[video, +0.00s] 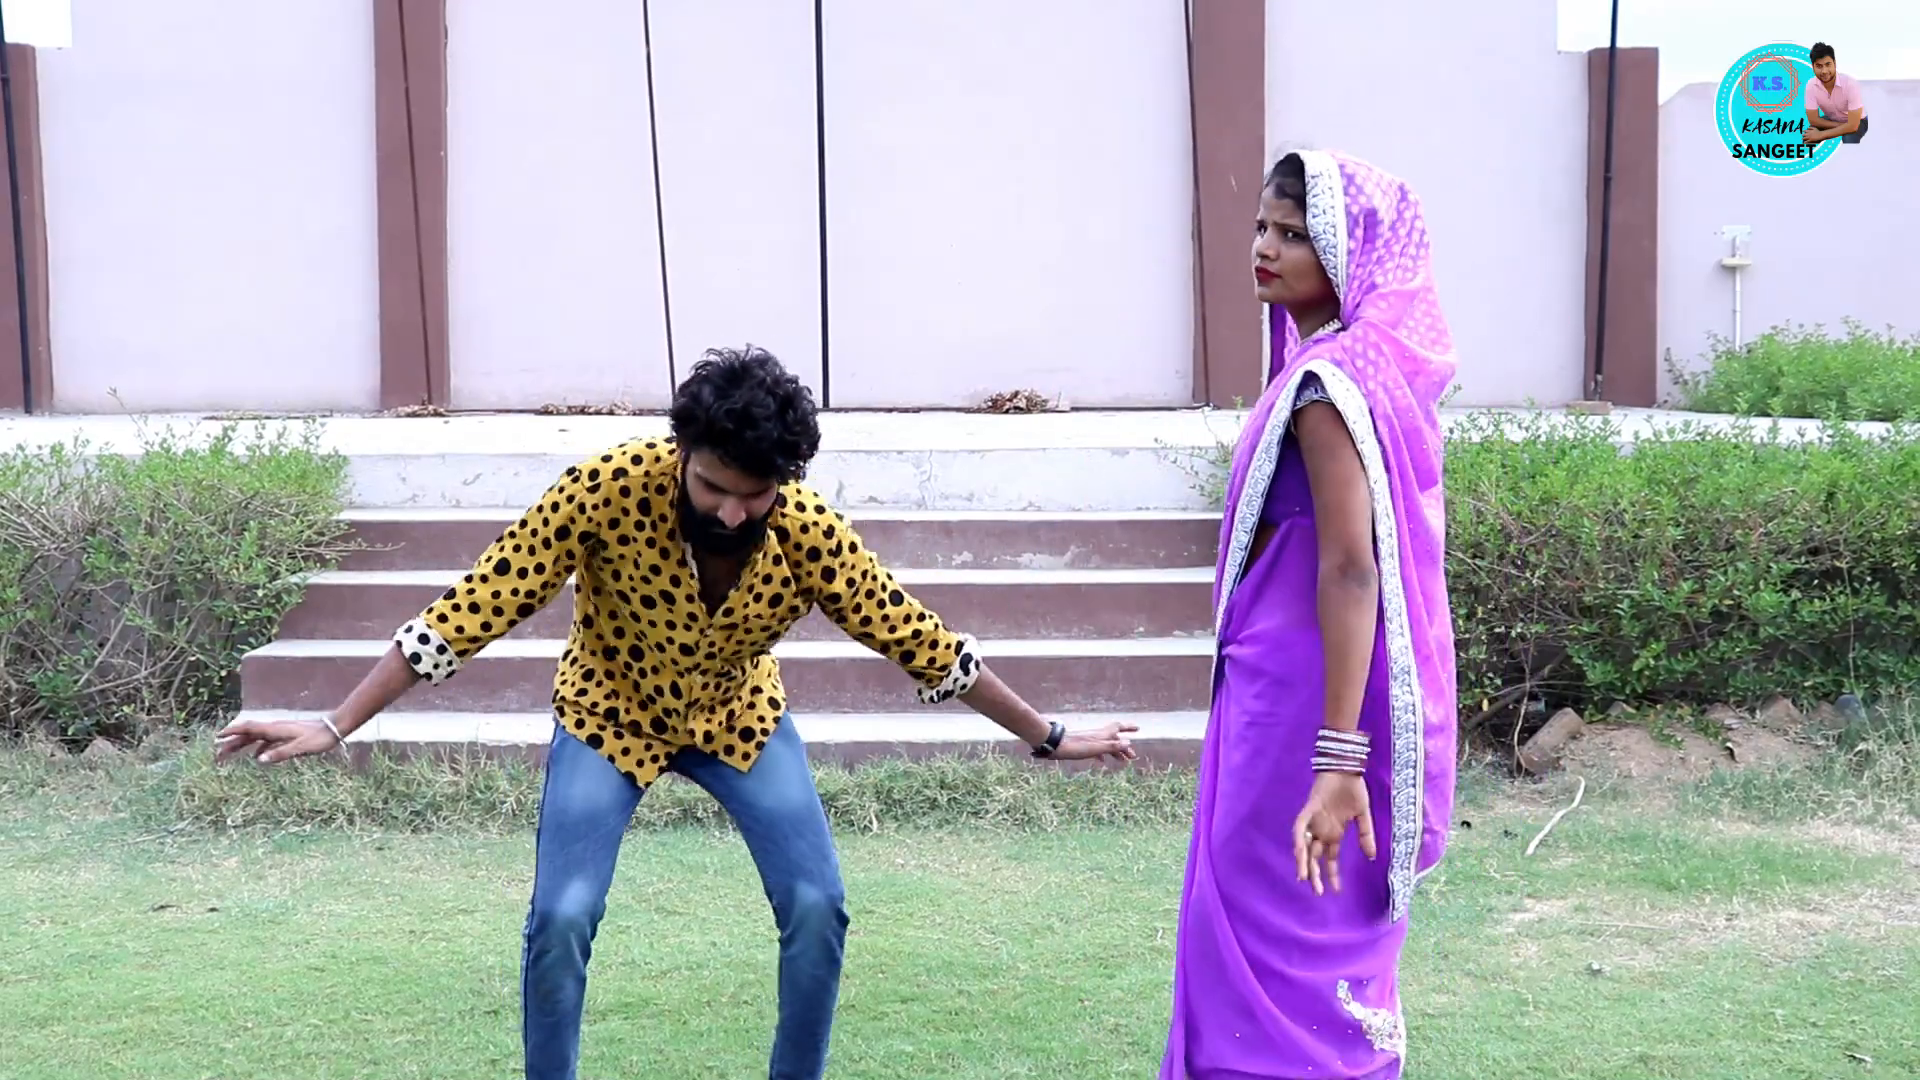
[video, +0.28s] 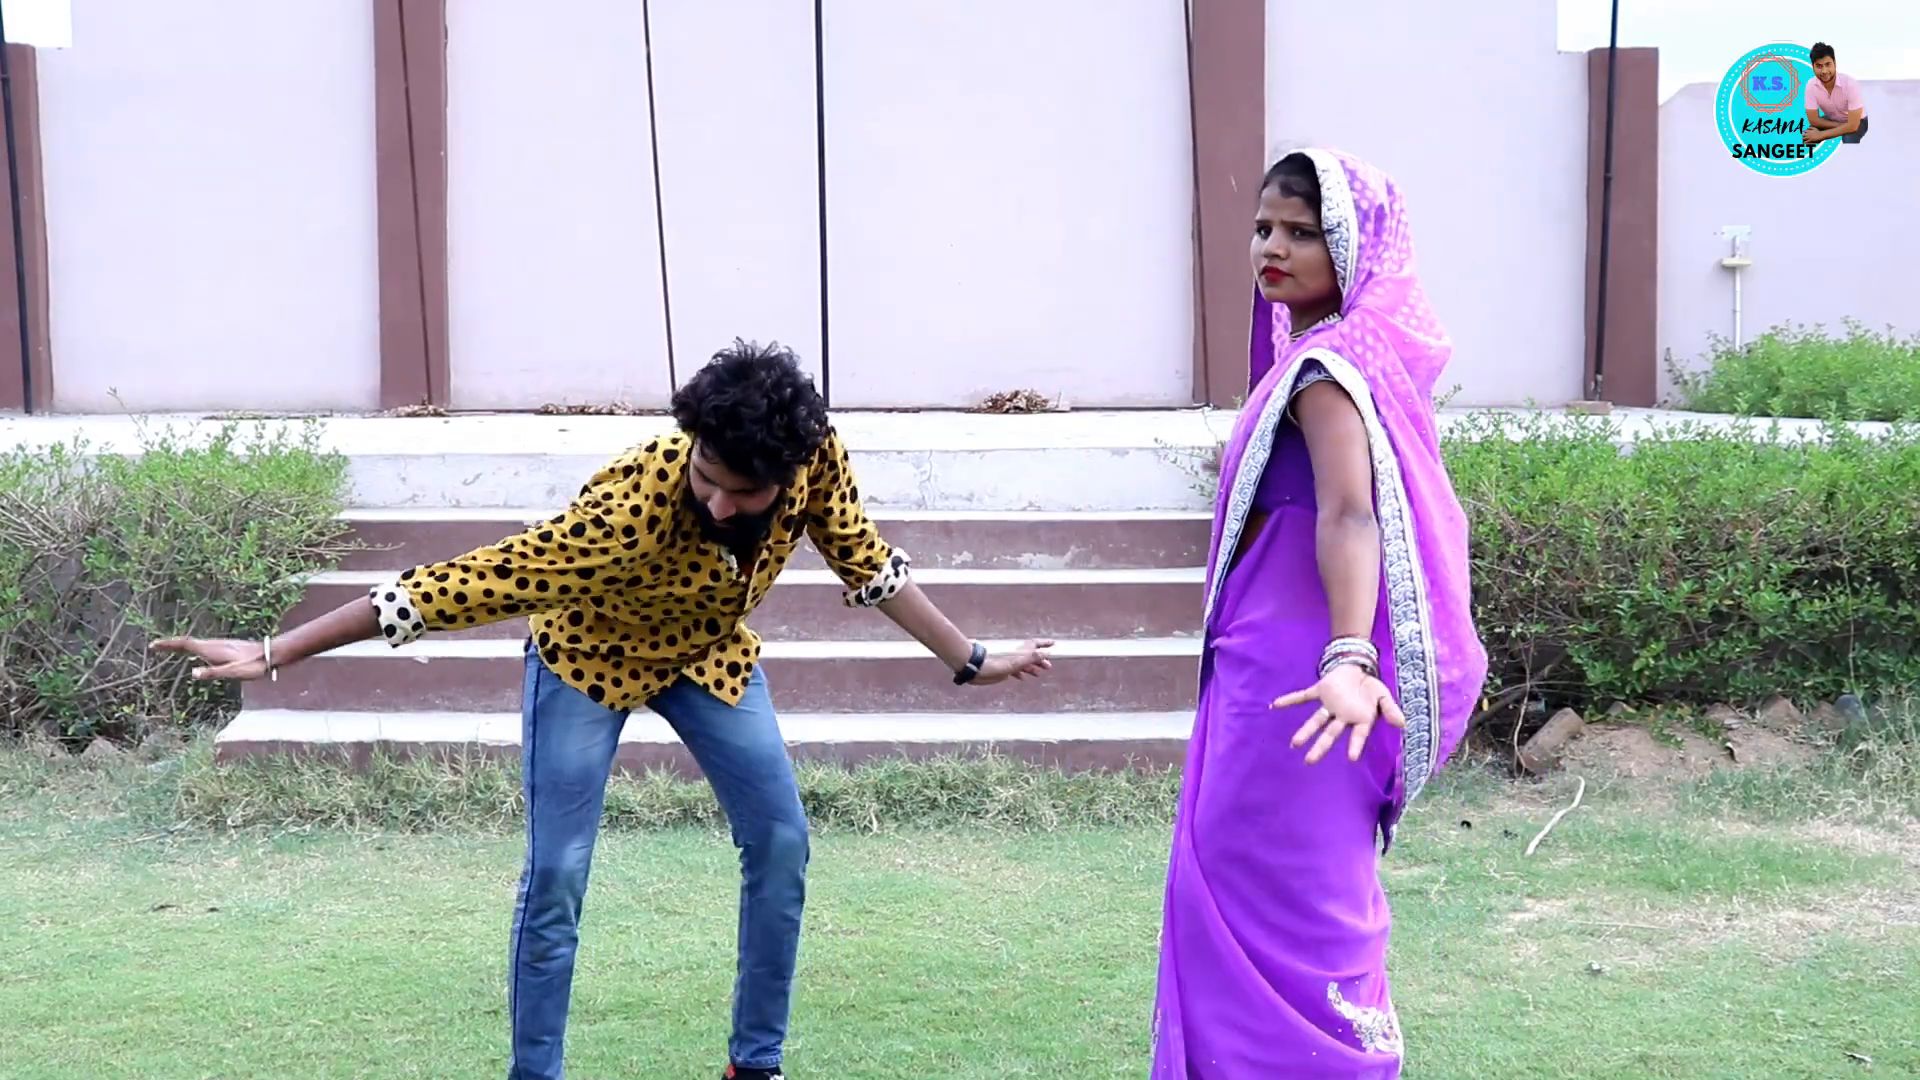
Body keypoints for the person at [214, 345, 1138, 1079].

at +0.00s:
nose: (734, 511)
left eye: (757, 496)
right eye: (717, 487)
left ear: (786, 474)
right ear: (681, 445)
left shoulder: (805, 528)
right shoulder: (610, 488)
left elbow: (917, 641)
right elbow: (477, 605)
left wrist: (1044, 734)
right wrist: (332, 723)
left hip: (738, 712)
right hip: (607, 711)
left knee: (818, 906)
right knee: (561, 916)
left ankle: (794, 1078)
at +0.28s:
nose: (713, 498)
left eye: (739, 487)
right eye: (703, 476)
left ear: (789, 470)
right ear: (688, 443)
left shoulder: (813, 468)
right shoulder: (627, 512)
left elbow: (869, 565)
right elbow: (449, 587)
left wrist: (967, 660)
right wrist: (269, 651)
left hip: (705, 648)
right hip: (585, 651)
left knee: (781, 833)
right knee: (555, 873)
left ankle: (759, 1058)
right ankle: (534, 1068)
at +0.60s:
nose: (707, 478)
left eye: (732, 465)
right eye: (693, 455)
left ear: (767, 442)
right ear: (669, 417)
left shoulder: (779, 455)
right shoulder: (607, 479)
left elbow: (837, 565)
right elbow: (454, 596)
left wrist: (935, 651)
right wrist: (268, 697)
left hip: (660, 662)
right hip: (547, 656)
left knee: (743, 845)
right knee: (546, 876)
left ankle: (711, 1062)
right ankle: (509, 1071)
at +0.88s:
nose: (630, 370)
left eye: (655, 353)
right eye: (611, 346)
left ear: (682, 353)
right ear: (579, 333)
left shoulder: (694, 444)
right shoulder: (510, 423)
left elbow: (781, 542)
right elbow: (434, 569)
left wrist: (894, 613)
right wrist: (367, 712)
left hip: (603, 681)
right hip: (497, 678)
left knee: (720, 872)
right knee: (519, 914)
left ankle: (644, 1064)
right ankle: (459, 1073)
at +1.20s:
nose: (486, 223)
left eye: (503, 205)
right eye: (463, 206)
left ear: (527, 218)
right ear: (426, 222)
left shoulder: (538, 343)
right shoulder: (397, 336)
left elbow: (658, 419)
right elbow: (290, 455)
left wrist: (787, 468)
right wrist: (176, 558)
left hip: (540, 661)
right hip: (434, 665)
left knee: (614, 854)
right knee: (428, 907)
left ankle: (552, 1061)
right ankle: (363, 1070)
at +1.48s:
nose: (438, 202)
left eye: (452, 183)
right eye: (411, 189)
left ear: (477, 201)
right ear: (375, 220)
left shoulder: (507, 339)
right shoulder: (364, 337)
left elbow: (648, 396)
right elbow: (270, 422)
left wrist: (794, 406)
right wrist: (180, 486)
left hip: (530, 662)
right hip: (423, 671)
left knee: (604, 856)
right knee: (408, 912)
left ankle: (553, 1062)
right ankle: (355, 1070)